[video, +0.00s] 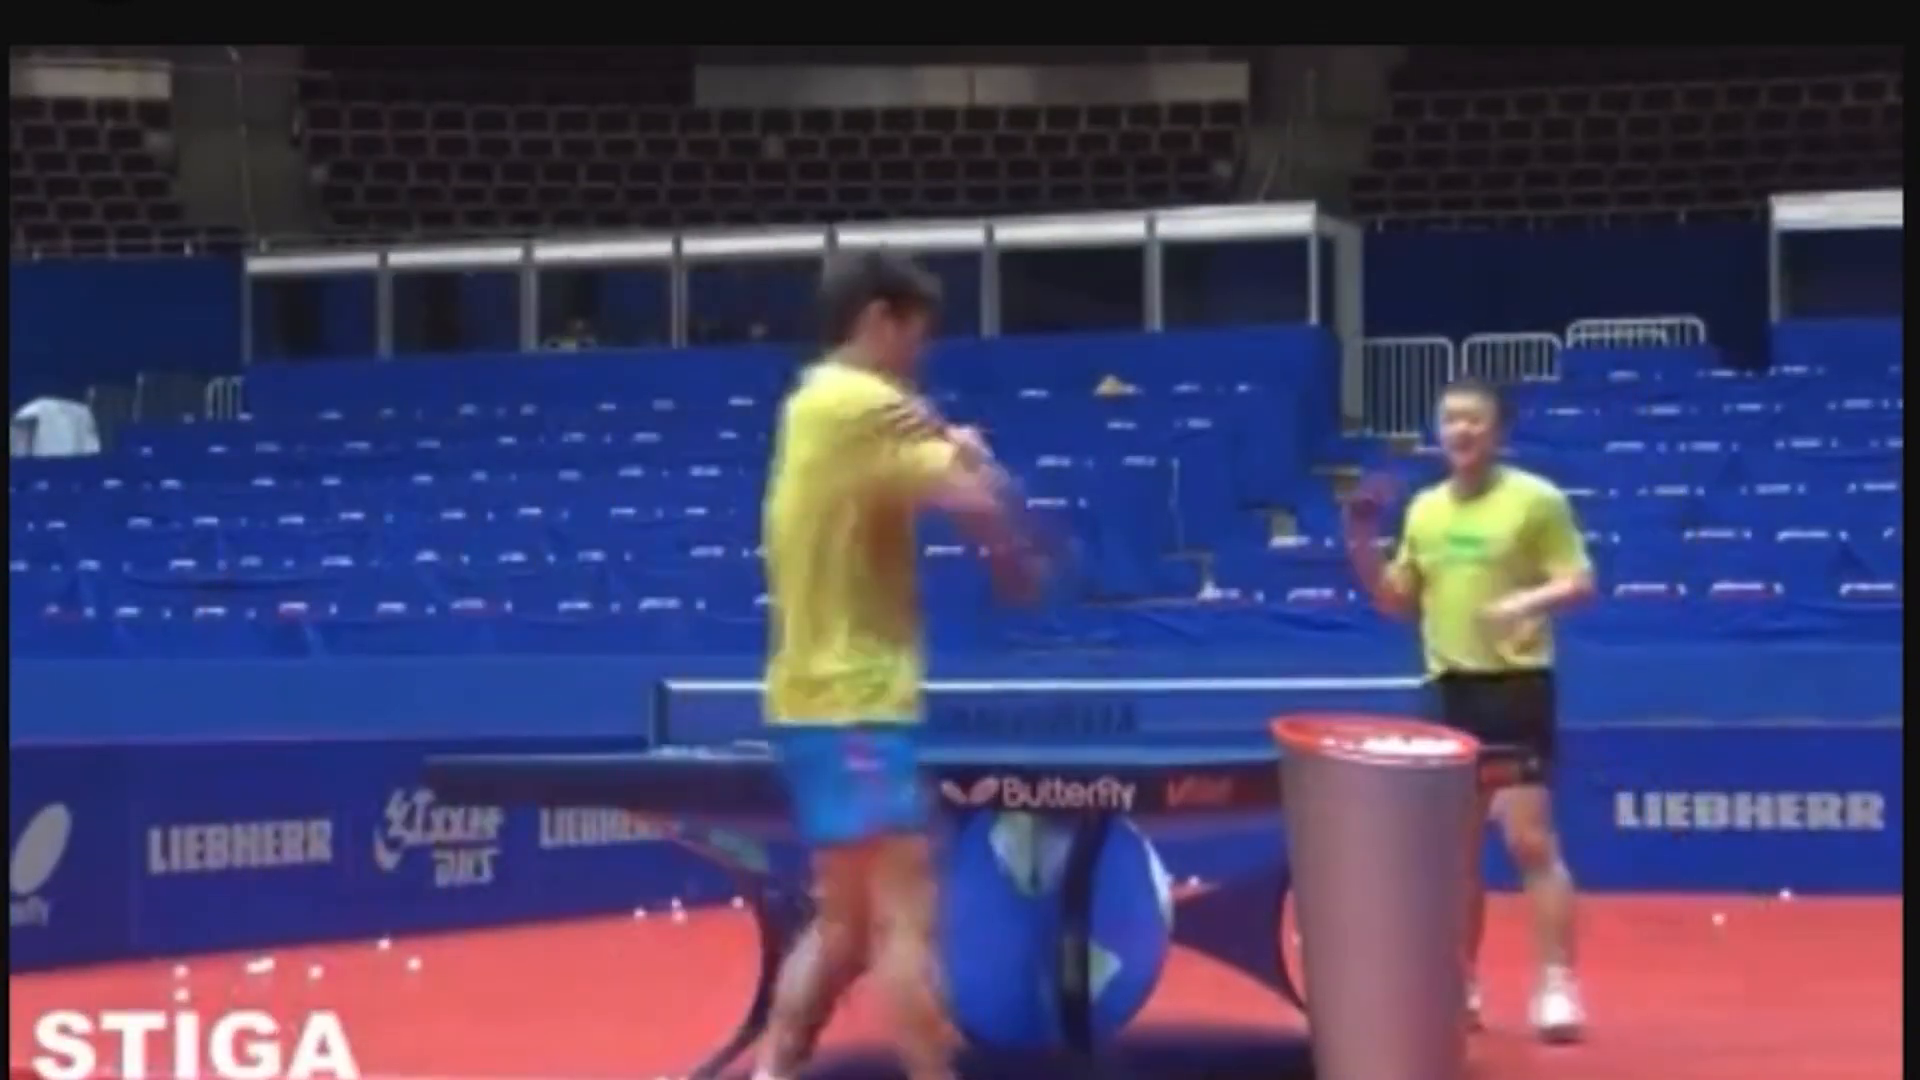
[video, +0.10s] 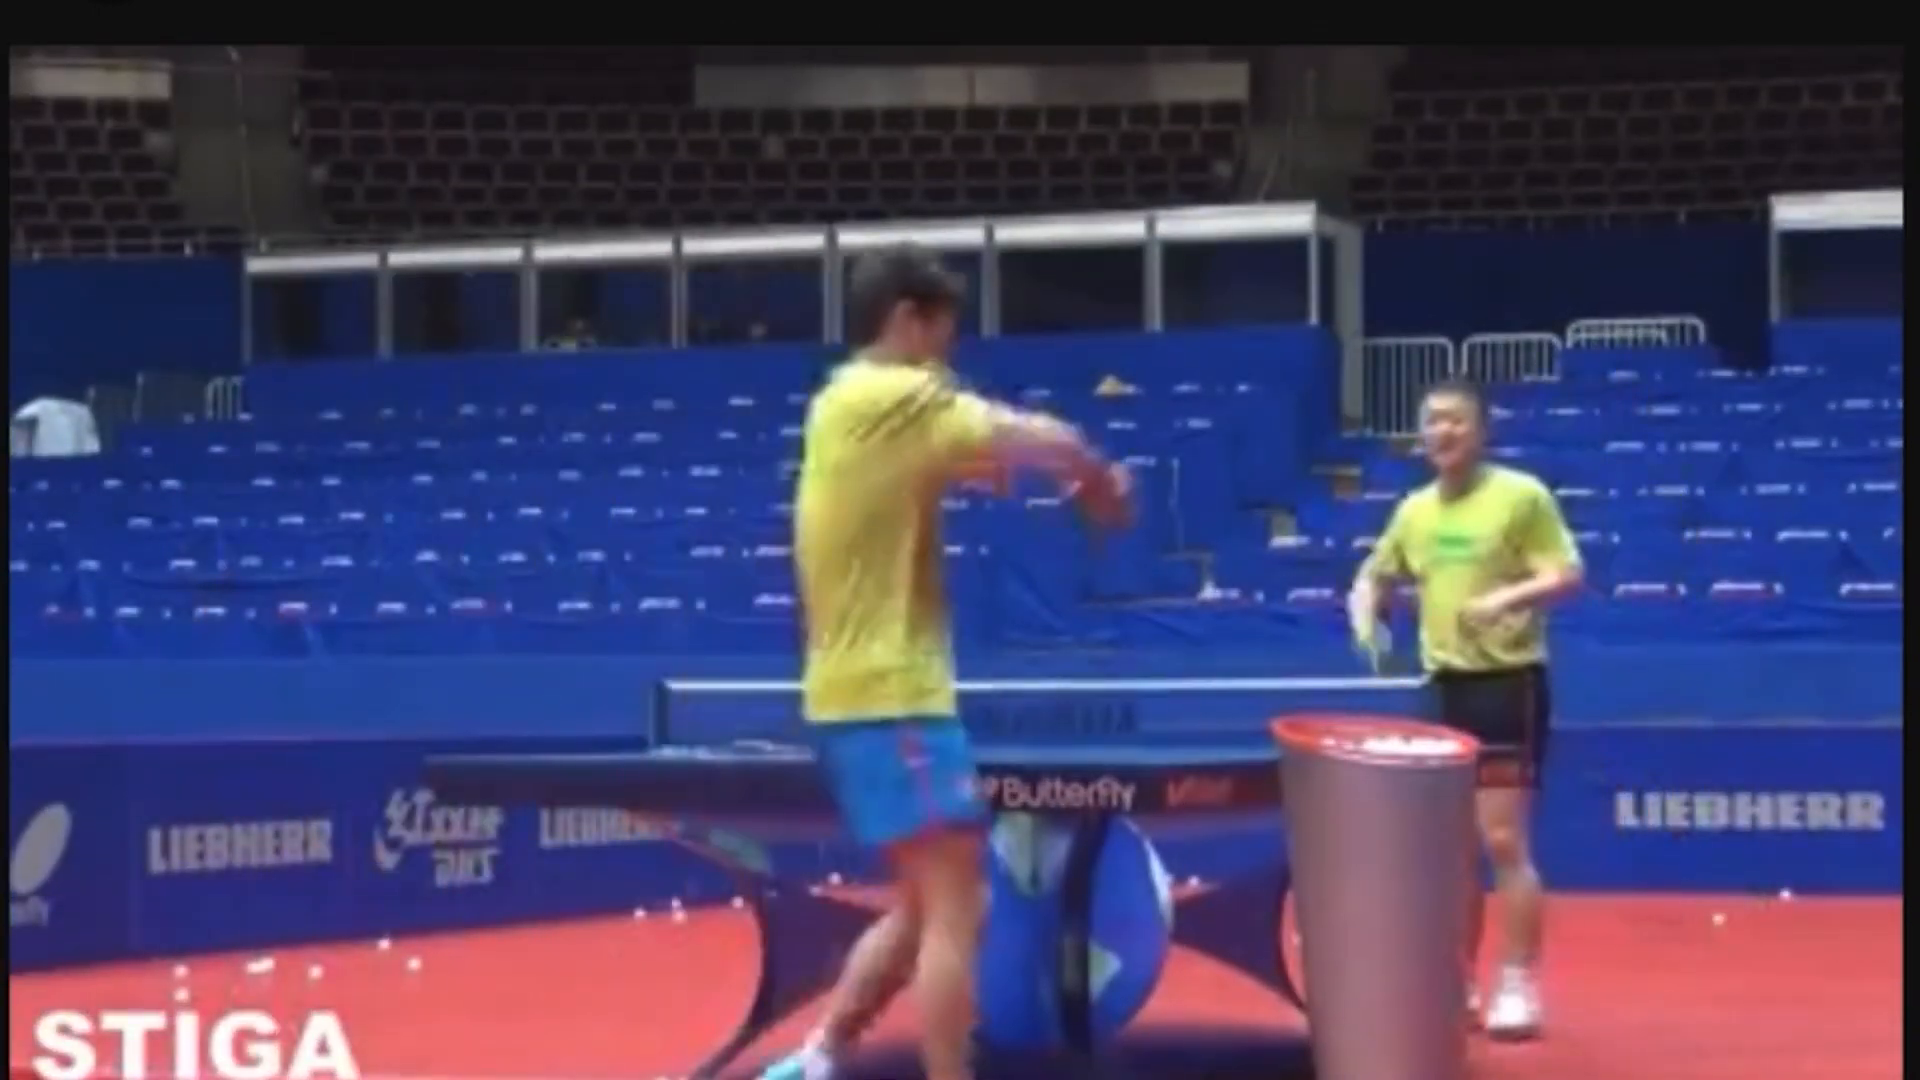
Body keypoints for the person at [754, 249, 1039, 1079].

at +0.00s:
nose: (923, 351)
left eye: (925, 332)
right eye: (918, 331)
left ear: (866, 324)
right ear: (879, 320)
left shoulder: (817, 399)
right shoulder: (858, 405)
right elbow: (978, 497)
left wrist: (959, 457)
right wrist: (1009, 554)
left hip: (817, 702)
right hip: (858, 707)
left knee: (842, 929)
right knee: (906, 922)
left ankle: (771, 1068)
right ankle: (936, 1068)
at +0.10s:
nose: (946, 348)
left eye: (949, 333)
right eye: (942, 330)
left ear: (887, 323)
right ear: (905, 319)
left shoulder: (845, 400)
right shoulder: (891, 400)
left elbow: (978, 459)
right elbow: (1044, 441)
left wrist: (1054, 461)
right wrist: (1096, 478)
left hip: (855, 698)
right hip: (894, 699)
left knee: (920, 902)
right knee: (953, 907)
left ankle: (815, 1059)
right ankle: (951, 1070)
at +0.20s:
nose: (978, 340)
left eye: (980, 327)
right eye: (974, 325)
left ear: (913, 318)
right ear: (935, 313)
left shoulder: (867, 394)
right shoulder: (919, 378)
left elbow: (1013, 477)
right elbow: (1064, 362)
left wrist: (965, 417)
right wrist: (1109, 386)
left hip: (877, 691)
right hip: (914, 692)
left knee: (953, 887)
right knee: (970, 895)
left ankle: (859, 1055)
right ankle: (956, 1070)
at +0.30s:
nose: (993, 316)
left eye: (989, 299)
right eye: (984, 297)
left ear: (942, 303)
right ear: (948, 299)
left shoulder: (949, 402)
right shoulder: (903, 373)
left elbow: (1050, 465)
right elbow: (1029, 286)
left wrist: (983, 400)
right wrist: (1114, 276)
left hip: (946, 670)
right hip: (924, 670)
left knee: (960, 892)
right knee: (988, 895)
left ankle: (904, 1066)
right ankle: (958, 1070)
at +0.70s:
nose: (1087, 333)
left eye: (1088, 317)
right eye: (1082, 316)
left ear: (994, 311)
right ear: (1054, 316)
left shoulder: (986, 392)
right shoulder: (990, 367)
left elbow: (1092, 493)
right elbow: (1033, 417)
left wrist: (1067, 427)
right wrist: (1065, 386)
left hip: (941, 671)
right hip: (983, 669)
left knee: (970, 893)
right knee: (1009, 902)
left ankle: (910, 1064)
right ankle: (961, 1069)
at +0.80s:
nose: (1080, 341)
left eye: (1077, 326)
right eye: (1081, 326)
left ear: (999, 317)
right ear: (1064, 323)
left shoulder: (972, 387)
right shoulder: (1004, 383)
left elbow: (1020, 521)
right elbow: (1004, 456)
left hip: (951, 678)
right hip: (979, 679)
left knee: (999, 893)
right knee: (1016, 893)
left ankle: (950, 1062)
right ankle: (950, 1067)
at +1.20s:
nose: (1132, 331)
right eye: (1131, 320)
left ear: (1043, 324)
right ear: (1123, 323)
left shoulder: (1015, 405)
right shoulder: (1107, 378)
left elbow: (1149, 516)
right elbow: (1165, 445)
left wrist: (1183, 420)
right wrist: (1186, 400)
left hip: (995, 686)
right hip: (1056, 684)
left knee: (1064, 913)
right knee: (1122, 909)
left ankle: (1046, 1067)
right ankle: (1009, 1066)